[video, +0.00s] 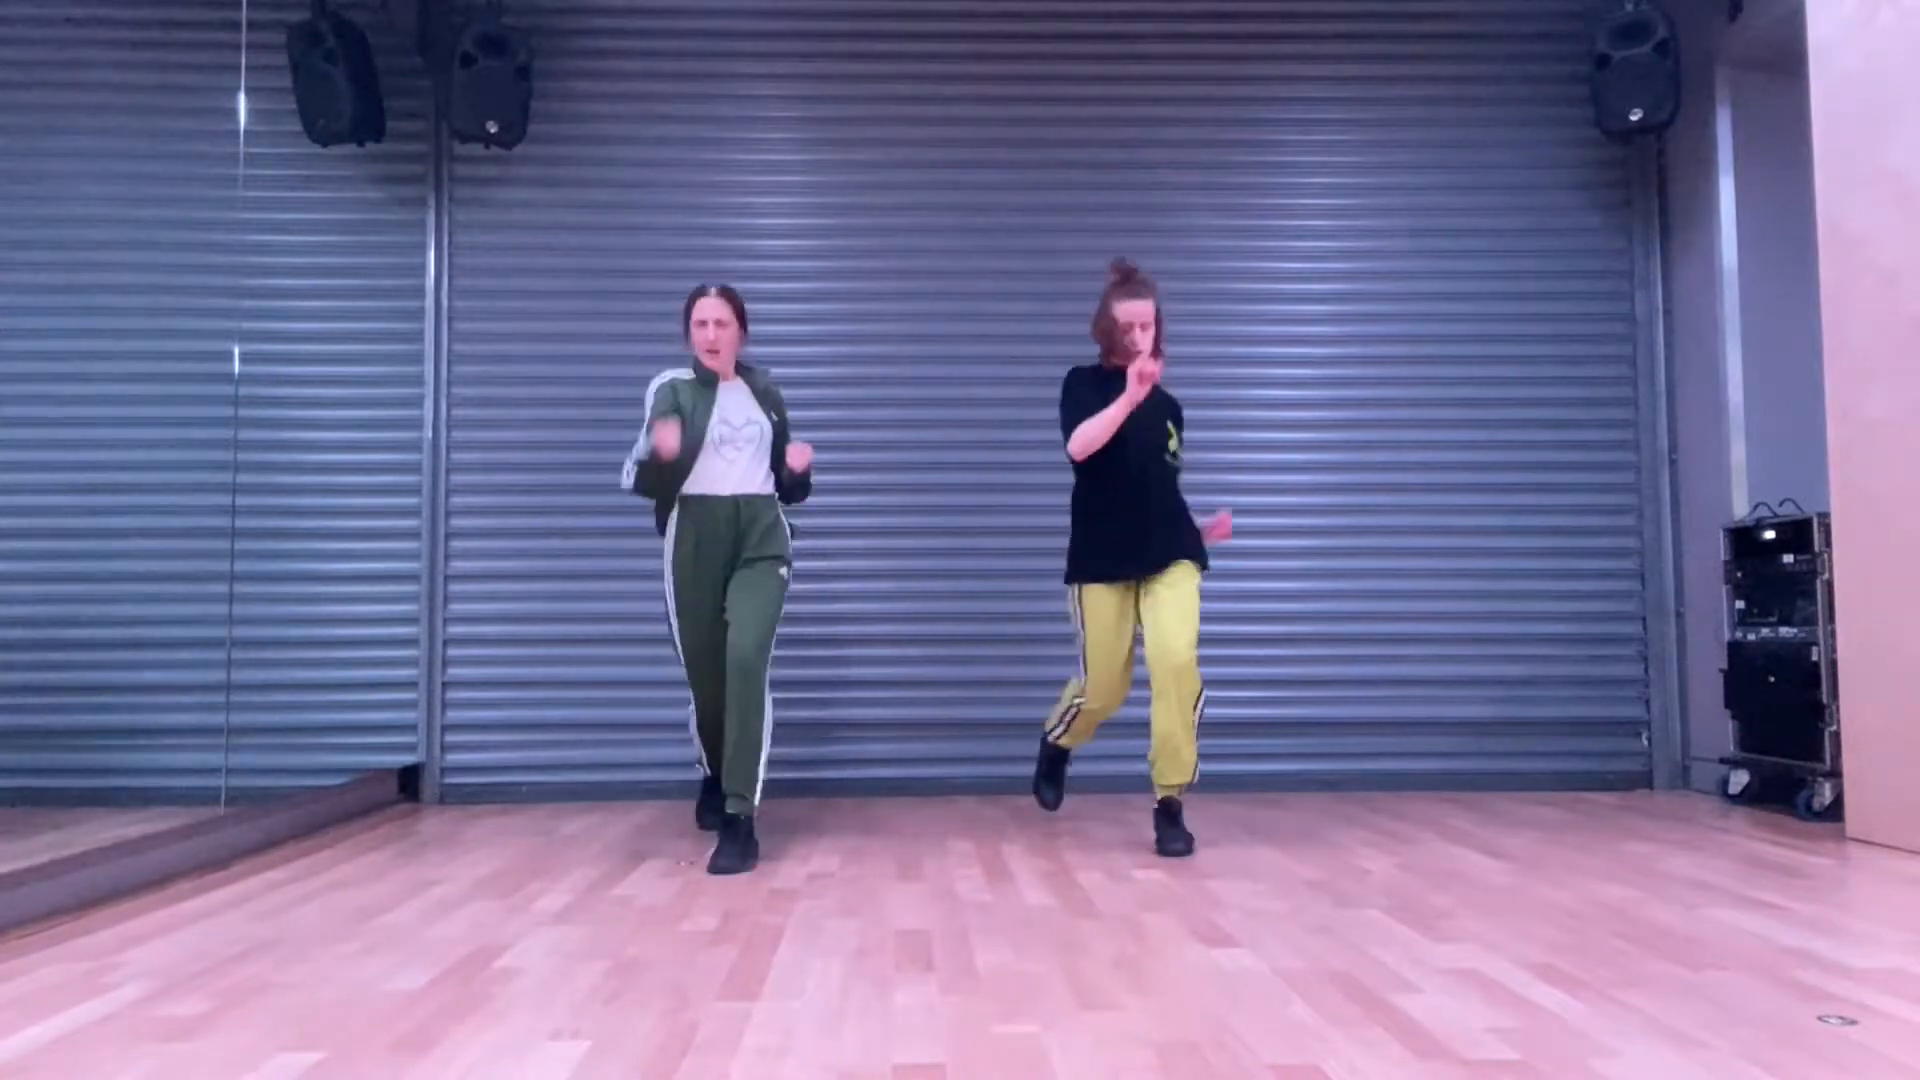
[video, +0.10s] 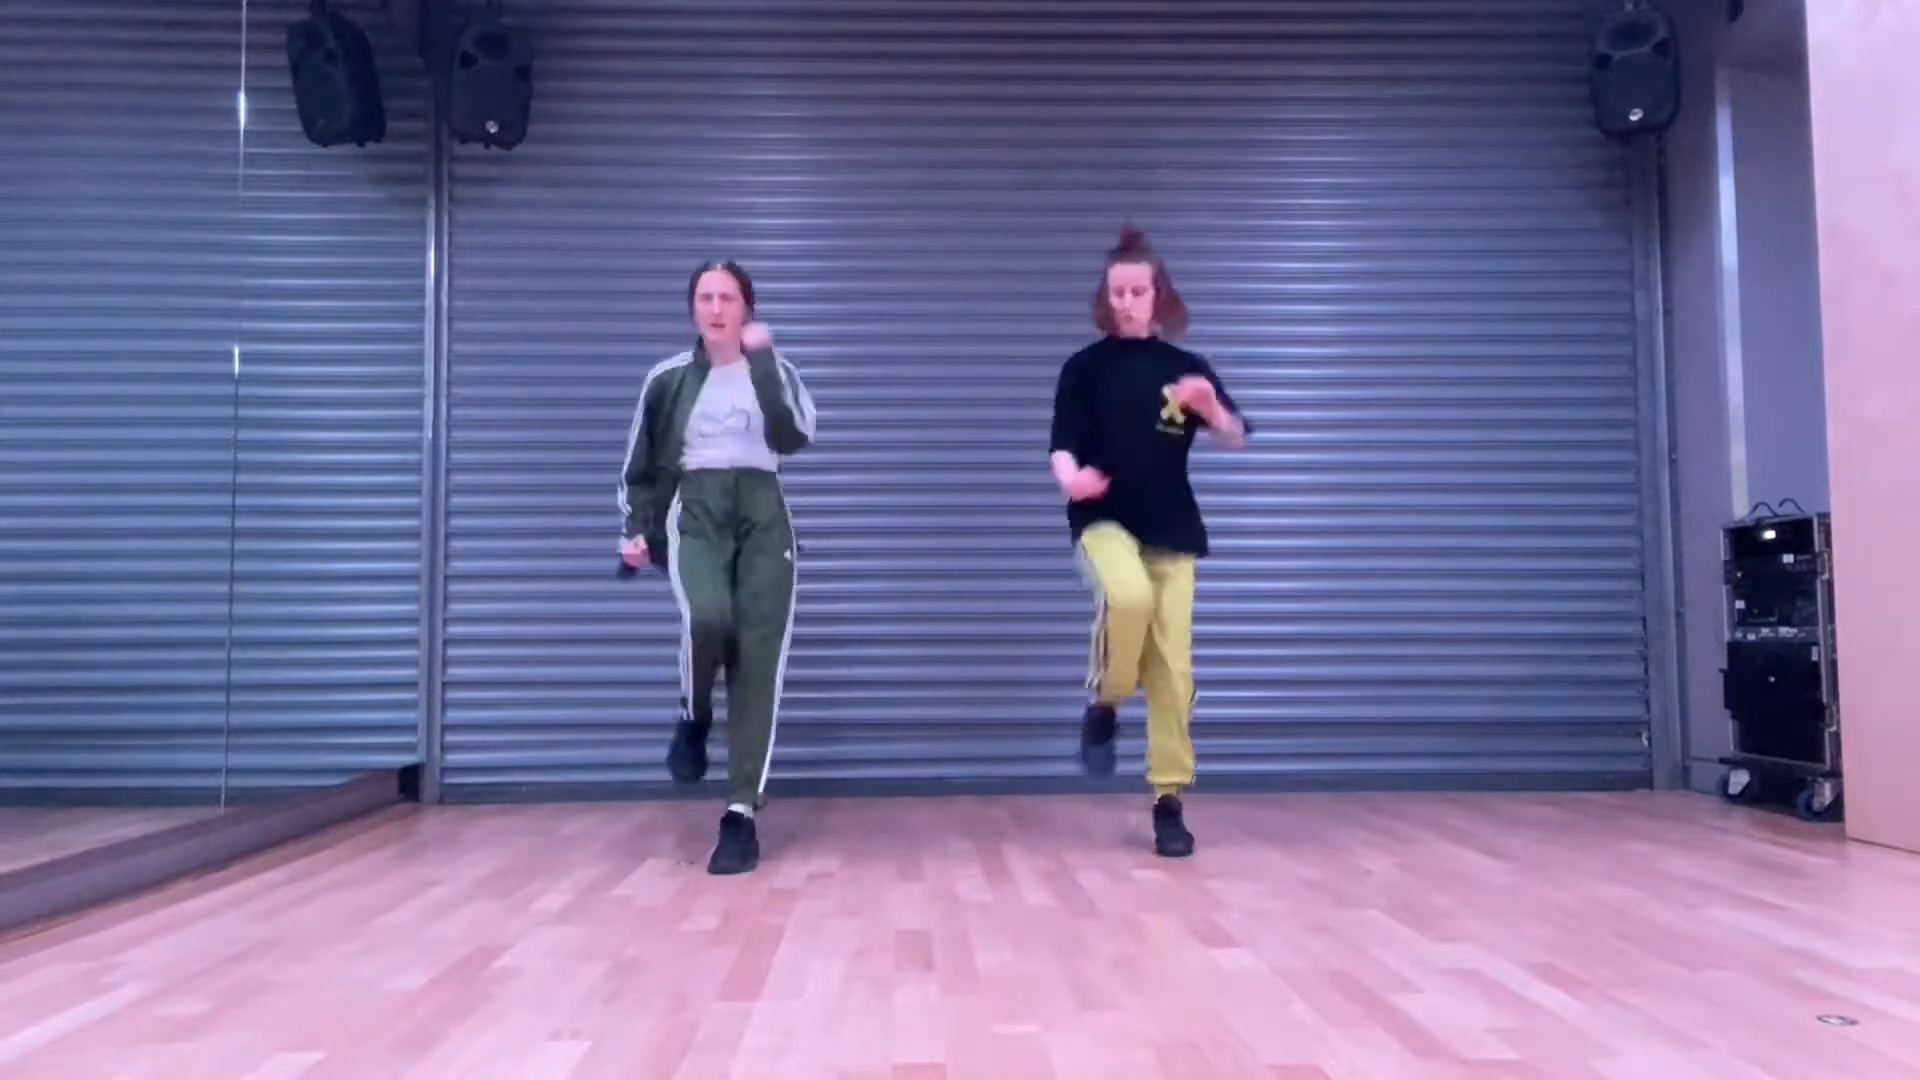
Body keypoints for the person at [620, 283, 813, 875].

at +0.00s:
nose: (711, 334)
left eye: (722, 324)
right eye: (701, 325)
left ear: (741, 333)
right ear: (688, 334)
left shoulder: (765, 394)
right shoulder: (671, 389)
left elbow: (786, 492)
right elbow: (644, 485)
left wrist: (795, 472)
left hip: (761, 535)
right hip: (696, 534)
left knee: (745, 656)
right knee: (703, 665)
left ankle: (740, 814)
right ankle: (714, 775)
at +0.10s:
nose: (715, 307)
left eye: (727, 297)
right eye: (706, 297)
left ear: (747, 309)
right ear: (692, 309)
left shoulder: (774, 370)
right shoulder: (667, 379)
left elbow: (793, 438)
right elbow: (640, 468)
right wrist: (635, 530)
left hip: (764, 509)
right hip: (696, 509)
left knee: (759, 656)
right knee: (709, 617)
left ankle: (741, 811)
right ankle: (696, 719)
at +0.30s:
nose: (714, 293)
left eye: (724, 283)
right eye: (704, 285)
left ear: (745, 296)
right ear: (690, 298)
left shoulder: (778, 360)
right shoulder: (666, 367)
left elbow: (808, 438)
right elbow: (653, 437)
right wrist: (646, 479)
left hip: (762, 488)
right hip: (691, 488)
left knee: (755, 655)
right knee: (682, 545)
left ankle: (745, 810)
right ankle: (689, 693)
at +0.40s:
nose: (714, 290)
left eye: (725, 281)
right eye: (704, 281)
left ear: (746, 292)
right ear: (690, 294)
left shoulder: (782, 361)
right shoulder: (666, 366)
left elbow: (819, 444)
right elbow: (645, 457)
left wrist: (808, 465)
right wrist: (653, 399)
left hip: (765, 509)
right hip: (693, 510)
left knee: (754, 666)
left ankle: (740, 816)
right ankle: (709, 742)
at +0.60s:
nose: (718, 305)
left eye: (730, 296)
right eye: (708, 296)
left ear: (751, 309)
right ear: (695, 309)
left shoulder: (774, 374)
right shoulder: (676, 362)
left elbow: (796, 435)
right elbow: (616, 412)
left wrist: (808, 457)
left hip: (765, 534)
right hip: (696, 535)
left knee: (748, 663)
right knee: (703, 672)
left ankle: (740, 814)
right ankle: (716, 784)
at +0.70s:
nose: (722, 294)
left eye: (734, 284)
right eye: (712, 285)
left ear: (755, 299)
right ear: (697, 300)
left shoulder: (778, 377)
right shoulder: (666, 370)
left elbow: (814, 472)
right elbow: (637, 465)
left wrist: (772, 430)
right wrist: (641, 532)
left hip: (769, 513)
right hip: (696, 511)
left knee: (759, 665)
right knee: (712, 677)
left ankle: (743, 815)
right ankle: (705, 774)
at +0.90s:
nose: (704, 291)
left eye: (717, 281)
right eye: (695, 281)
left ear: (740, 295)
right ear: (681, 295)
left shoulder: (758, 364)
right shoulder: (666, 362)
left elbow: (749, 460)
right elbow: (667, 456)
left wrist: (686, 412)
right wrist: (644, 493)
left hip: (750, 512)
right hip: (688, 502)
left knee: (732, 667)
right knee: (658, 528)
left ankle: (735, 819)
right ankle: (616, 547)